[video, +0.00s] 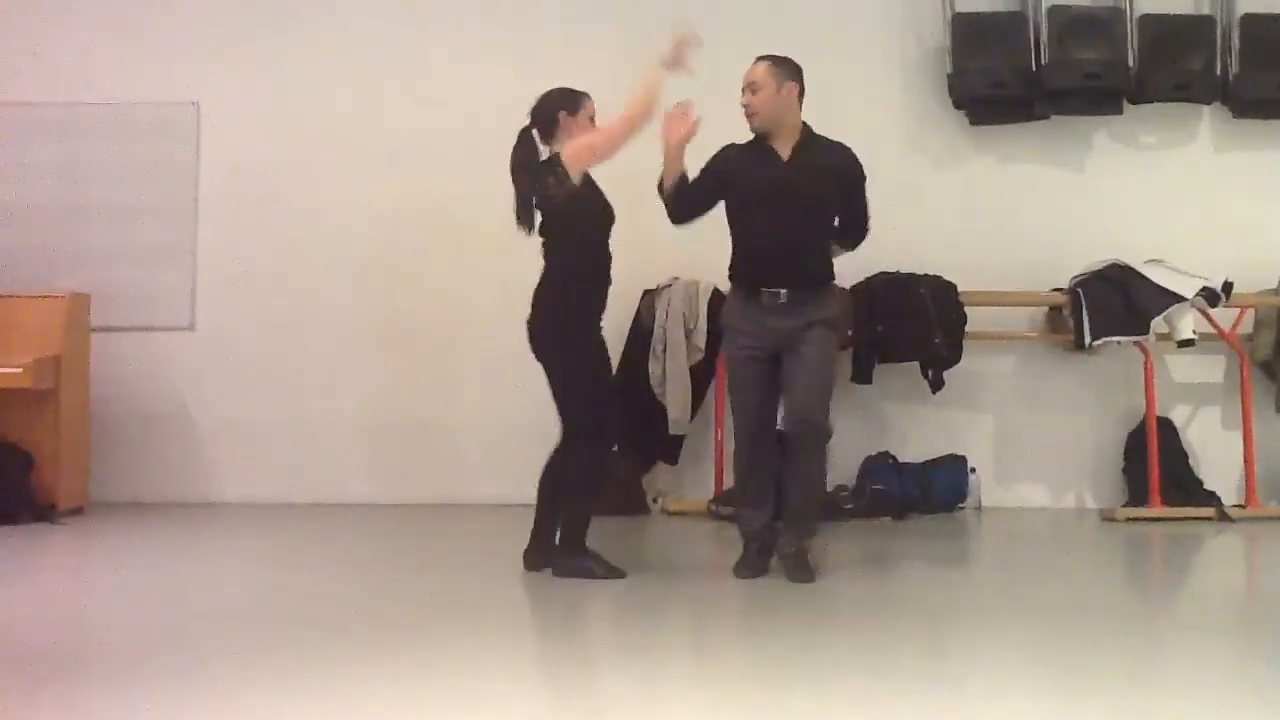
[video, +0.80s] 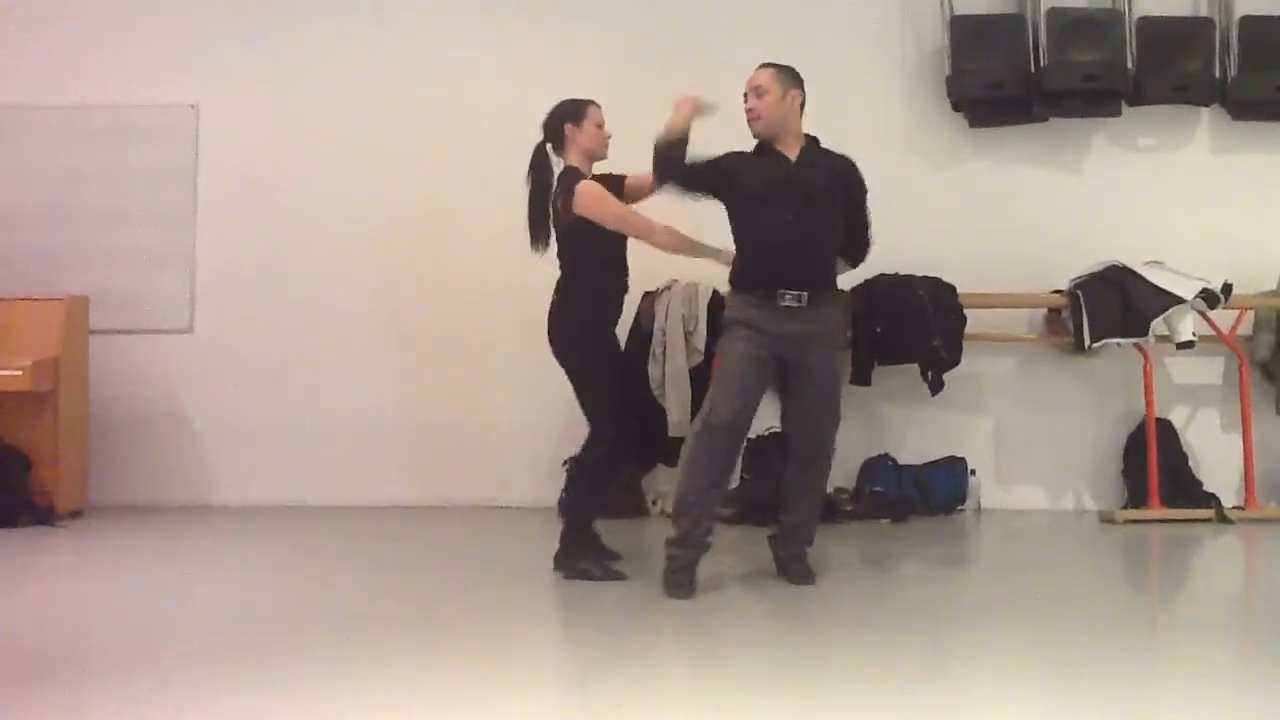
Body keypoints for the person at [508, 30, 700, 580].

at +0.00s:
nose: (598, 124)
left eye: (594, 116)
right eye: (589, 117)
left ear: (560, 125)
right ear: (563, 123)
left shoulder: (561, 171)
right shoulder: (564, 168)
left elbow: (621, 129)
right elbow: (628, 123)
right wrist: (664, 66)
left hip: (564, 320)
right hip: (566, 324)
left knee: (580, 434)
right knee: (597, 432)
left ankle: (543, 543)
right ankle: (570, 548)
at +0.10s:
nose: (601, 129)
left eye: (599, 120)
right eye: (594, 120)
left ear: (564, 126)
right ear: (569, 125)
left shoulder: (558, 172)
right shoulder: (578, 169)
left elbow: (615, 166)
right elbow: (645, 159)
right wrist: (684, 123)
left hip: (572, 322)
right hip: (575, 326)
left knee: (594, 431)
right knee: (599, 432)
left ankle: (549, 536)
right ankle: (566, 547)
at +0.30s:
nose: (604, 132)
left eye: (601, 123)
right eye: (596, 124)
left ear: (567, 132)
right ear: (570, 129)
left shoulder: (557, 178)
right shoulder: (585, 175)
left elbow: (638, 193)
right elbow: (657, 199)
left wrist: (652, 139)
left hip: (566, 322)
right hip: (582, 325)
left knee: (591, 429)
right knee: (598, 432)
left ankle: (563, 524)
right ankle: (568, 549)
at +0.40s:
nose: (603, 136)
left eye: (601, 128)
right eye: (596, 128)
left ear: (567, 137)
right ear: (570, 135)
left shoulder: (564, 186)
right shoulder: (582, 185)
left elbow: (647, 216)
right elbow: (658, 225)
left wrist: (668, 170)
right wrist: (715, 241)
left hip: (567, 328)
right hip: (581, 332)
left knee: (579, 437)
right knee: (646, 430)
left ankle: (571, 543)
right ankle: (572, 545)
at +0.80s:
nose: (607, 134)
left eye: (605, 126)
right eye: (599, 126)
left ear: (576, 134)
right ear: (572, 133)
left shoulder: (591, 182)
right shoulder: (579, 190)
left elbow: (661, 180)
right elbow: (656, 235)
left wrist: (681, 135)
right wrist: (726, 258)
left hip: (592, 321)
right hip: (580, 325)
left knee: (623, 424)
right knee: (613, 429)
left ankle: (580, 526)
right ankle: (574, 545)